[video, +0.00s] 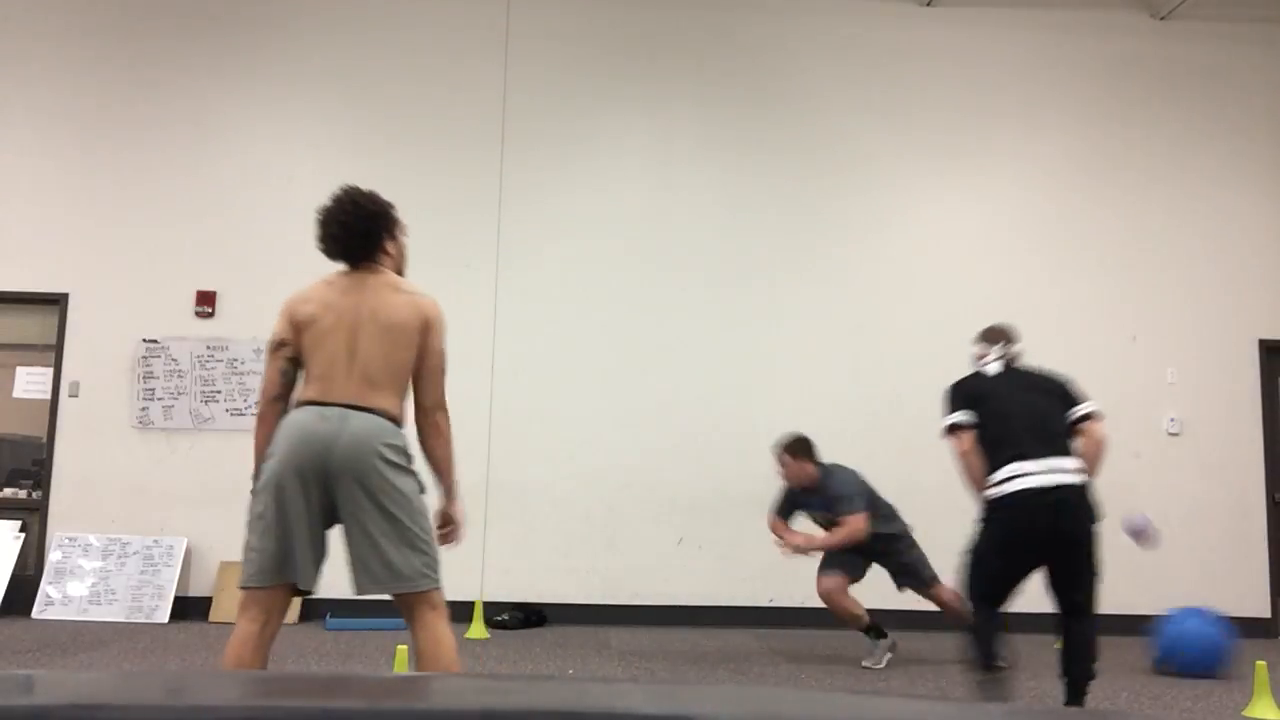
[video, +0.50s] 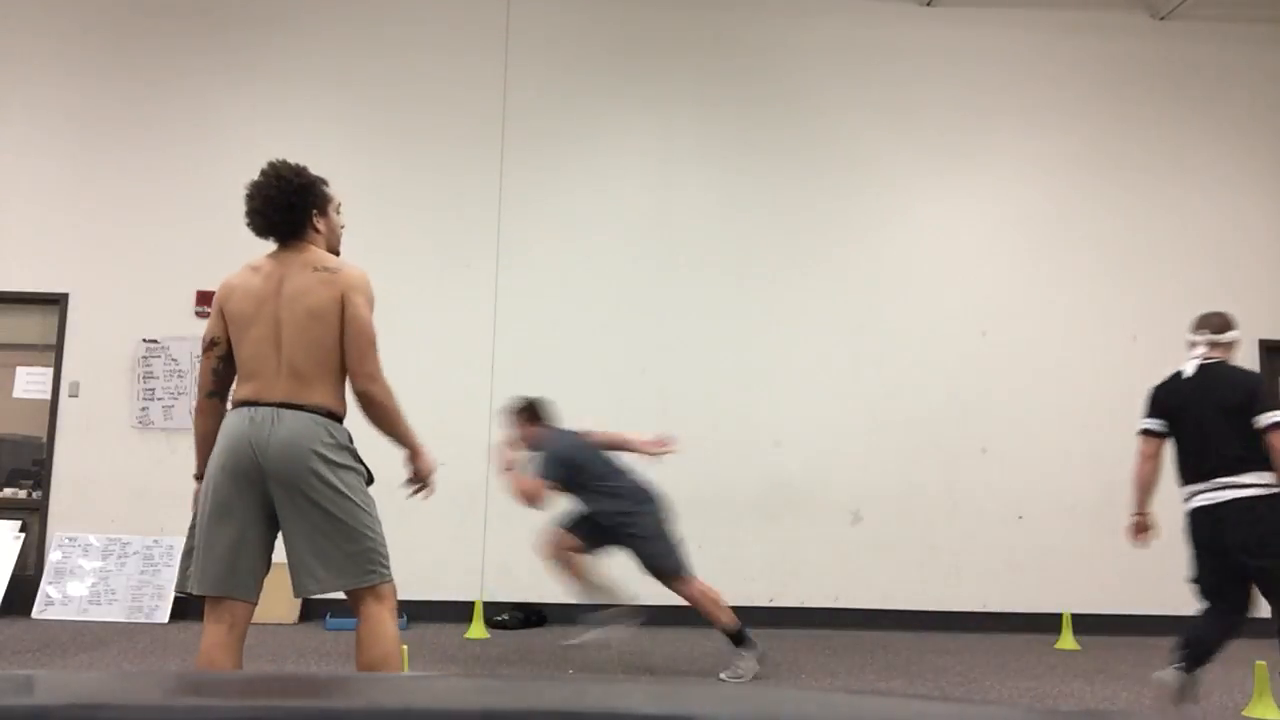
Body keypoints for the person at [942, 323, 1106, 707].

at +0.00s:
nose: (976, 360)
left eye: (977, 355)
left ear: (979, 354)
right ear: (1015, 351)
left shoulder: (966, 388)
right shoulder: (1051, 381)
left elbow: (966, 445)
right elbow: (1094, 433)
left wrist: (988, 495)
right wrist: (1075, 482)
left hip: (1013, 511)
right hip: (1071, 508)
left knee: (984, 596)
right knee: (1077, 605)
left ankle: (990, 669)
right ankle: (1076, 697)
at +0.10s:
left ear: (1020, 340)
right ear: (1062, 337)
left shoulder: (1003, 374)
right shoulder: (1095, 364)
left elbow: (1001, 431)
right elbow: (1134, 420)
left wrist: (1020, 483)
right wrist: (1120, 468)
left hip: (1049, 493)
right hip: (1106, 485)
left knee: (1063, 601)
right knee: (1125, 593)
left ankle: (1080, 695)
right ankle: (1125, 691)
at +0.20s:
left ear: (1067, 343)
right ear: (1110, 341)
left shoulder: (1047, 380)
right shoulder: (1137, 371)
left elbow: (1032, 435)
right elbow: (1175, 430)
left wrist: (1046, 493)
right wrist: (1162, 482)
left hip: (1089, 511)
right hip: (1144, 501)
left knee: (1117, 608)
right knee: (1181, 600)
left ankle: (1130, 703)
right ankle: (1206, 699)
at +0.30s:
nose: (1150, 353)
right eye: (1151, 347)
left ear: (1114, 348)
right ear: (1155, 348)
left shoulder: (1090, 391)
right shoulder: (1181, 383)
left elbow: (1070, 453)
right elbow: (1206, 446)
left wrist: (1068, 513)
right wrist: (1209, 502)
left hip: (1127, 522)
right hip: (1184, 514)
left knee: (1139, 611)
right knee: (1232, 607)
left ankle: (1130, 703)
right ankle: (1269, 693)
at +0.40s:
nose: (1195, 353)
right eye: (1196, 348)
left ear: (1156, 349)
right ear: (1196, 348)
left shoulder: (1132, 394)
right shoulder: (1219, 383)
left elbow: (1111, 458)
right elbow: (1245, 448)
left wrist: (1101, 514)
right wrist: (1256, 499)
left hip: (1171, 522)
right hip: (1227, 515)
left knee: (1169, 611)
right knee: (1270, 607)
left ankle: (1140, 691)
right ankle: (1276, 689)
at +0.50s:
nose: (1231, 350)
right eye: (1232, 345)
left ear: (1192, 345)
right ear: (1230, 346)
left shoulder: (1168, 390)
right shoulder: (1251, 383)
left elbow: (1148, 454)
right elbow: (1275, 443)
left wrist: (1140, 509)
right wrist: (1278, 482)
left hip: (1205, 516)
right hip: (1258, 509)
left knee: (1227, 604)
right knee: (1274, 598)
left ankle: (1185, 662)